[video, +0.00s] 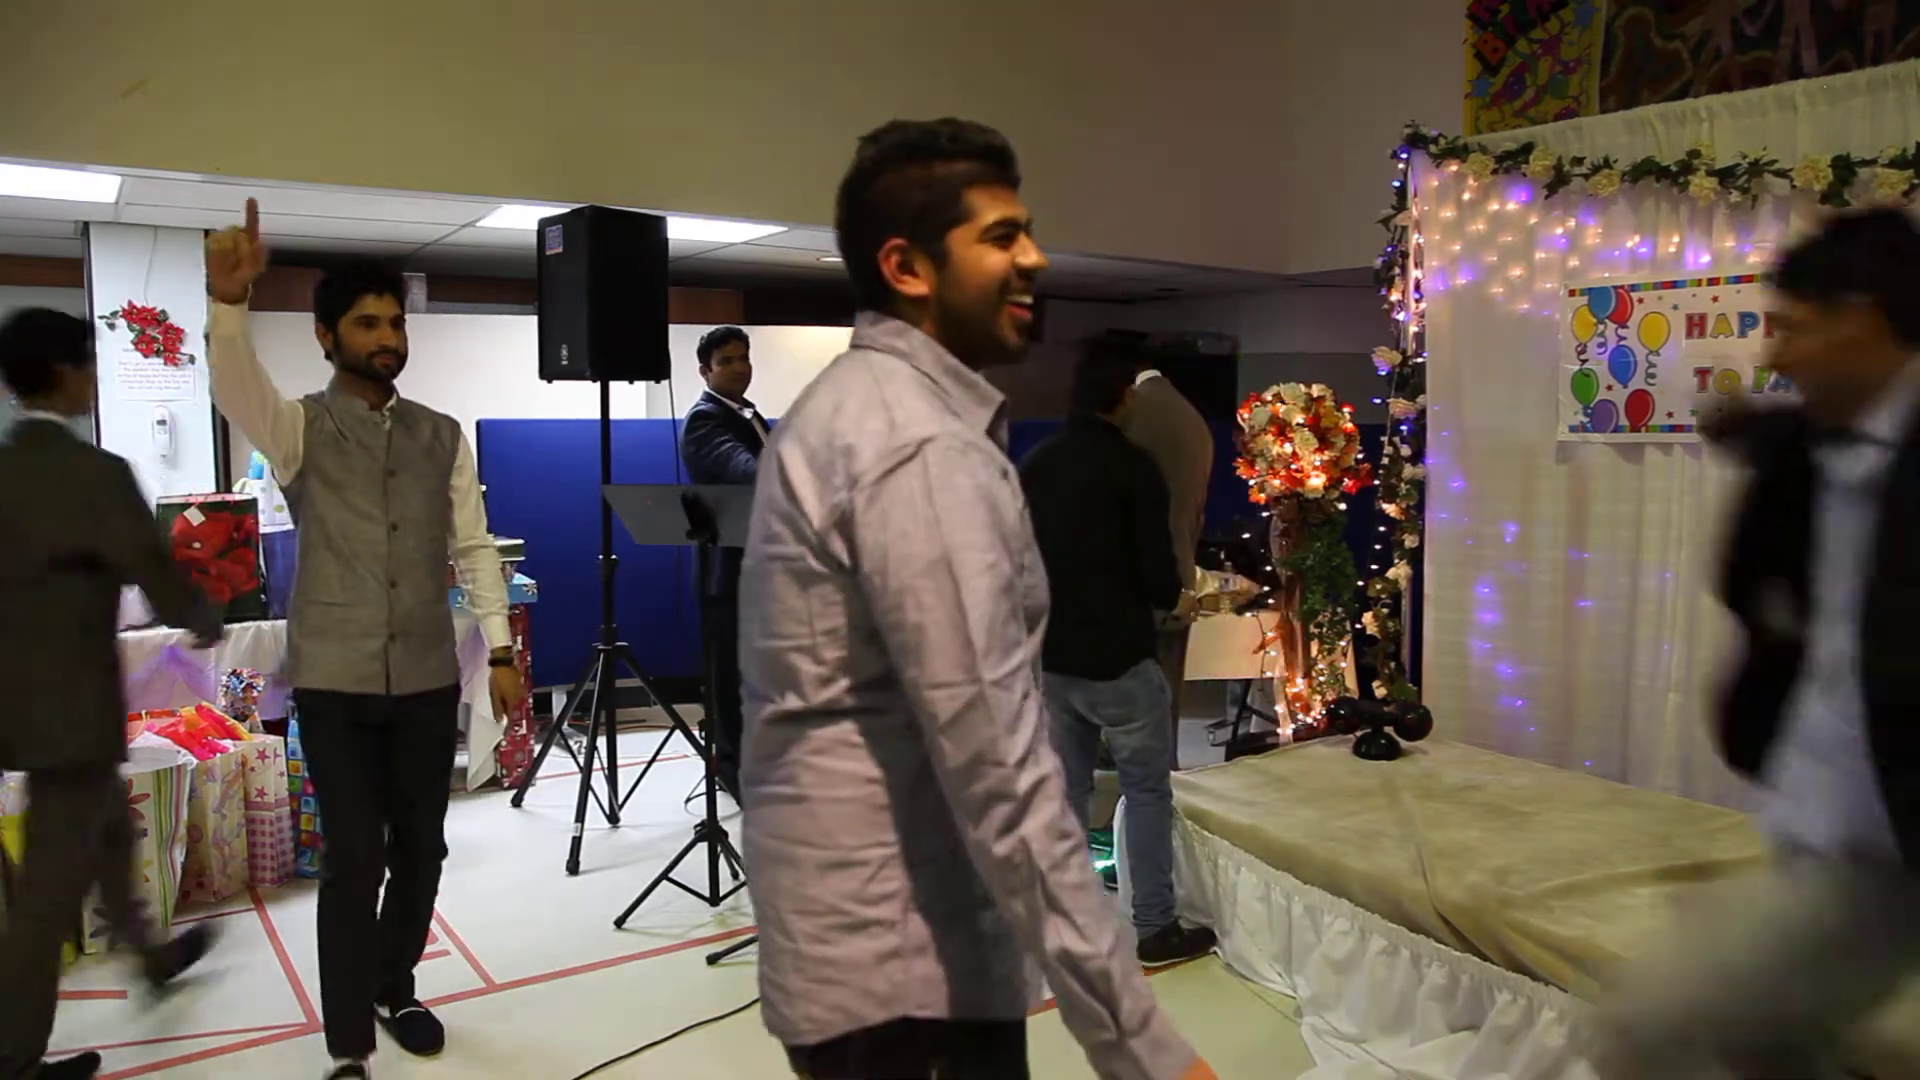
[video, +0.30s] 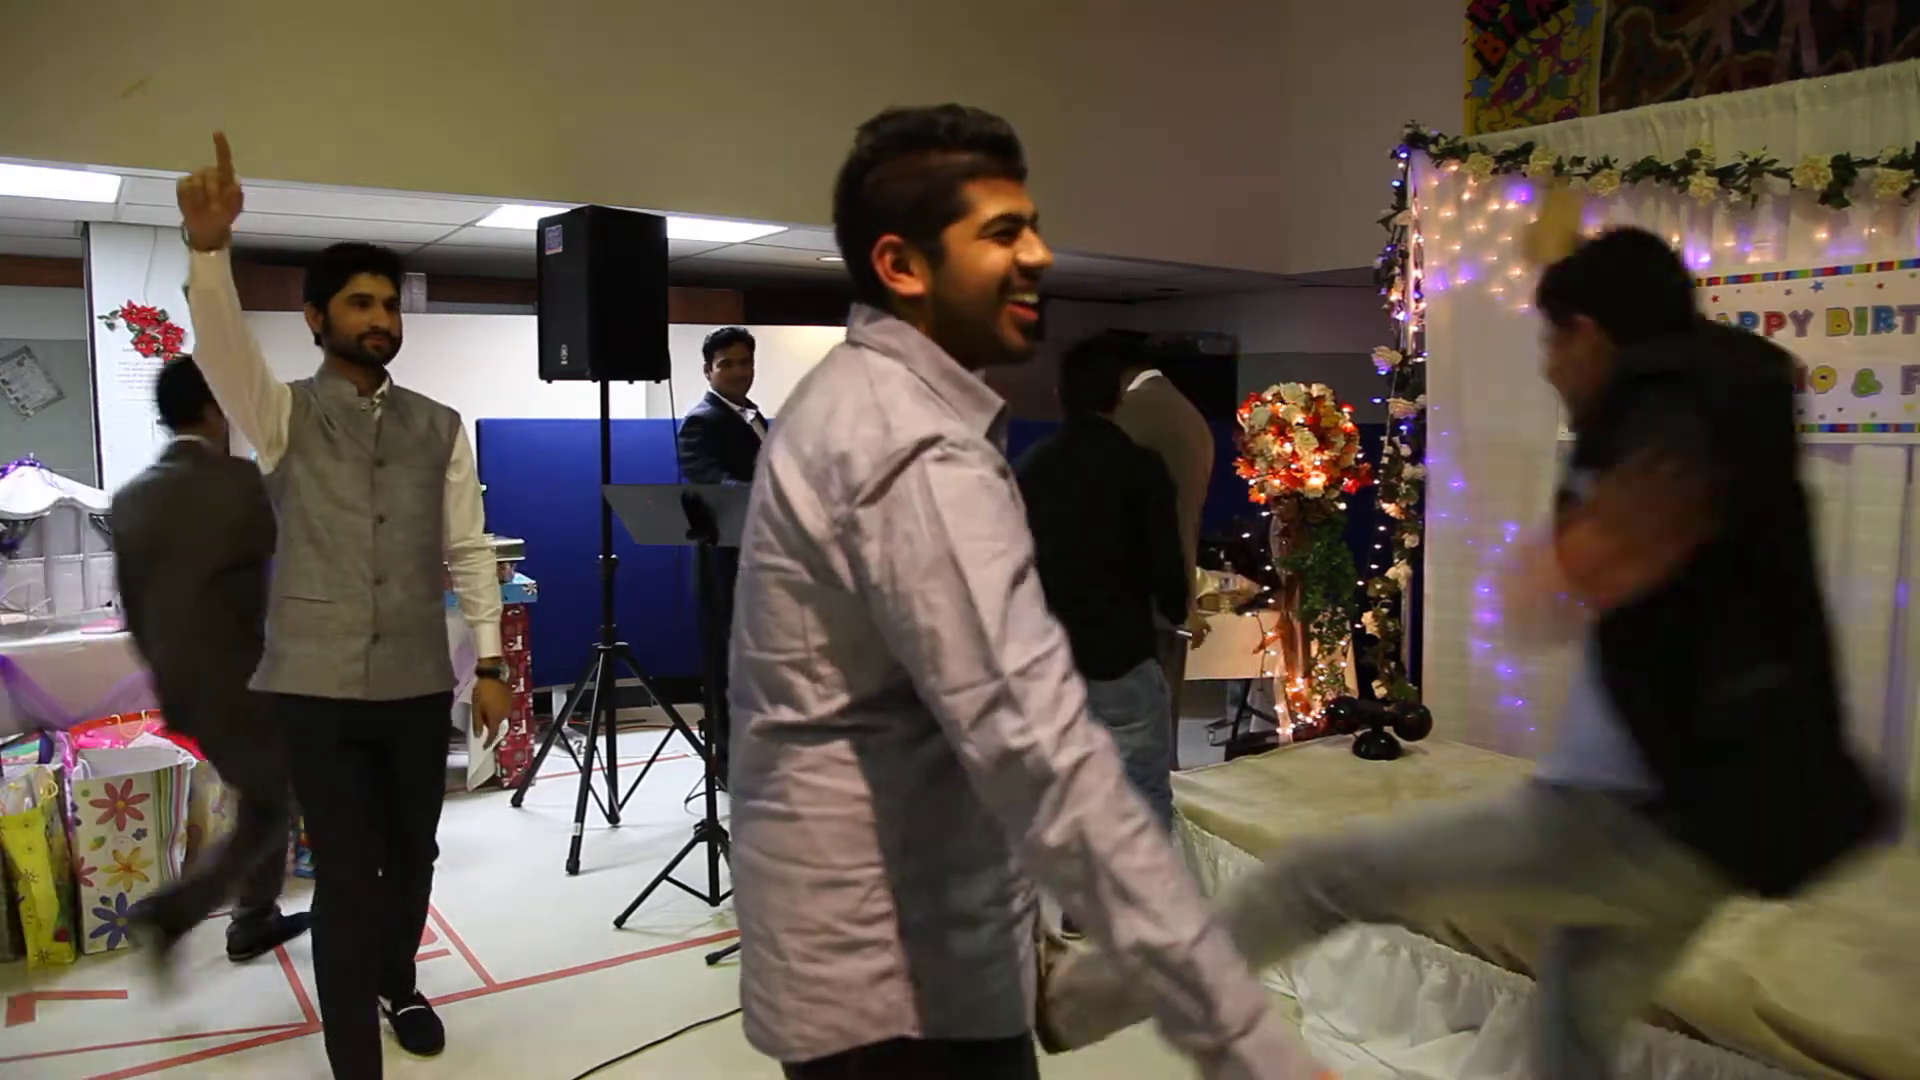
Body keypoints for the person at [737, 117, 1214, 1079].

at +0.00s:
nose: (1038, 262)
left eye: (1030, 236)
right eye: (1003, 236)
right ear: (906, 267)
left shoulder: (844, 404)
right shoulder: (915, 434)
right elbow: (1000, 767)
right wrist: (1141, 1040)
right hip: (906, 952)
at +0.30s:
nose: (1041, 257)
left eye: (1032, 229)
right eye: (1003, 231)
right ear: (899, 264)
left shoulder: (850, 396)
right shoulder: (911, 436)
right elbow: (1042, 747)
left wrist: (1001, 934)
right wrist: (1241, 1036)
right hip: (896, 944)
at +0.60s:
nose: (1070, 276)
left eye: (1061, 248)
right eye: (1046, 249)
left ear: (958, 271)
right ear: (958, 271)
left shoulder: (864, 422)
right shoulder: (933, 455)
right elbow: (1122, 715)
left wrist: (1196, 680)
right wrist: (1445, 936)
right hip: (919, 954)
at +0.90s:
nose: (1065, 270)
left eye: (1059, 243)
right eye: (1055, 243)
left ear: (913, 267)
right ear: (1017, 255)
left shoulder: (885, 402)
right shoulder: (967, 420)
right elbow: (1205, 560)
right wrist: (1581, 601)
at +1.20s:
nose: (1072, 258)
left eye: (1062, 235)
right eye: (1064, 236)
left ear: (921, 269)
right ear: (1039, 255)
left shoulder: (894, 412)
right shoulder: (1026, 413)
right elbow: (1292, 392)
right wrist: (1620, 239)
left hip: (926, 893)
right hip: (1036, 910)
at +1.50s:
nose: (1166, 284)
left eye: (1166, 260)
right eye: (1147, 259)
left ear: (998, 279)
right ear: (1088, 267)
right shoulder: (1115, 400)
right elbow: (1374, 348)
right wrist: (1616, 152)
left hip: (1003, 910)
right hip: (1138, 910)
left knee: (1035, 1068)